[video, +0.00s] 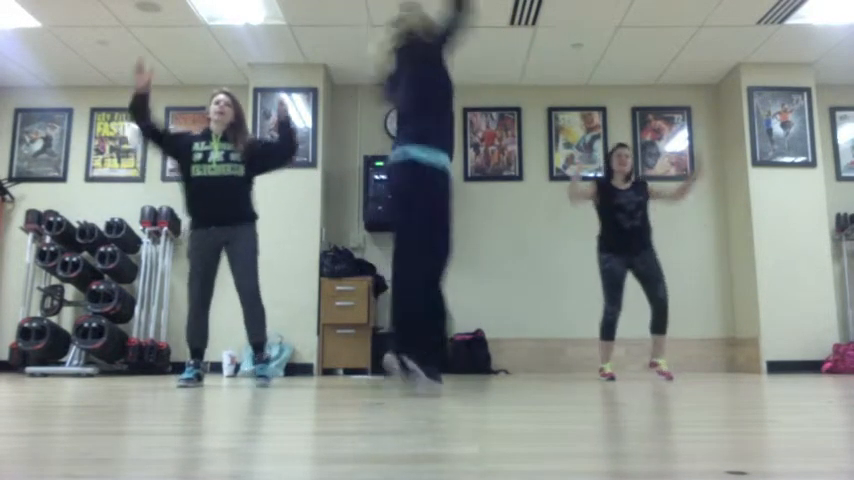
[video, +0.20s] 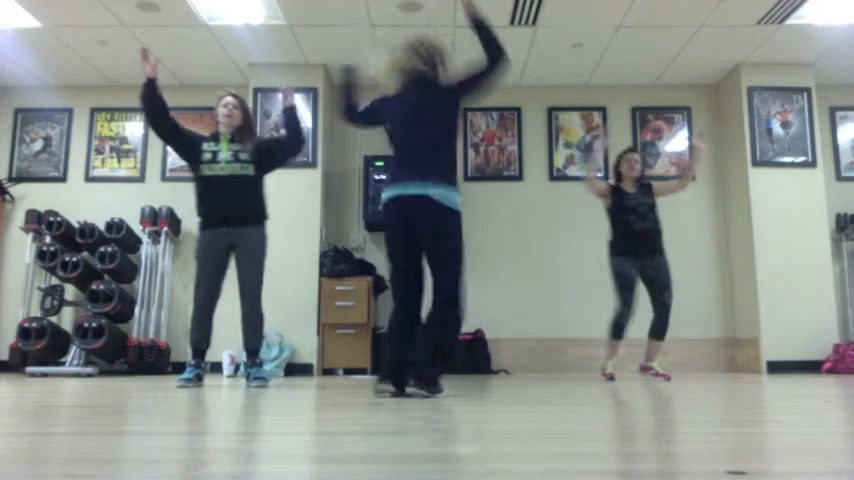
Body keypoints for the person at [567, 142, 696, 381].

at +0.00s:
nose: (624, 160)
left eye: (627, 156)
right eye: (619, 156)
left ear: (632, 161)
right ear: (610, 161)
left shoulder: (642, 187)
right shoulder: (600, 187)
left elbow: (675, 194)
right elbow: (575, 195)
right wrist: (575, 178)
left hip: (642, 252)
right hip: (612, 253)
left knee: (660, 302)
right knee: (612, 307)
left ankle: (657, 359)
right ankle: (605, 364)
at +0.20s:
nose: (634, 165)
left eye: (637, 162)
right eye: (629, 161)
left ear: (641, 167)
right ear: (619, 166)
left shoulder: (649, 188)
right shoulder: (611, 191)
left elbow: (681, 183)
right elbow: (592, 184)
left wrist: (696, 155)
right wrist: (596, 155)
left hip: (652, 255)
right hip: (624, 256)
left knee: (663, 306)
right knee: (625, 306)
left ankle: (650, 362)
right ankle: (609, 362)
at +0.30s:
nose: (643, 164)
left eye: (646, 160)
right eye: (639, 160)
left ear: (649, 164)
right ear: (629, 164)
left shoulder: (653, 184)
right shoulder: (621, 188)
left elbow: (677, 180)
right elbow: (616, 173)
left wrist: (672, 164)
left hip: (658, 250)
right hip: (633, 250)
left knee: (663, 302)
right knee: (654, 298)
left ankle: (650, 361)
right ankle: (630, 354)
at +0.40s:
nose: (642, 161)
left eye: (645, 156)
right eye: (637, 156)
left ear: (651, 160)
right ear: (628, 159)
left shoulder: (651, 178)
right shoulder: (626, 182)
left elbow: (662, 161)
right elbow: (632, 162)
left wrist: (656, 144)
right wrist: (629, 144)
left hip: (654, 242)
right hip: (635, 243)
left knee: (661, 293)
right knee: (658, 291)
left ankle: (650, 353)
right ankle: (647, 353)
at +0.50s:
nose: (662, 152)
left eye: (661, 148)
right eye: (656, 148)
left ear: (637, 152)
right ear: (648, 150)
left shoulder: (649, 172)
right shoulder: (641, 171)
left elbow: (664, 156)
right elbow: (658, 147)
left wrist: (646, 129)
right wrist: (657, 134)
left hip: (641, 240)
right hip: (648, 240)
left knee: (659, 297)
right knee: (664, 297)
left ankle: (649, 356)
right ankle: (660, 360)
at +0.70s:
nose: (658, 149)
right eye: (657, 149)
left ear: (632, 159)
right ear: (659, 157)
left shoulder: (625, 180)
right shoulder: (668, 175)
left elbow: (606, 159)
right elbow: (681, 156)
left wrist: (623, 137)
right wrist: (667, 142)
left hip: (635, 240)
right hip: (665, 239)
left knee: (646, 300)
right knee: (668, 301)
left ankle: (648, 361)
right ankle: (662, 363)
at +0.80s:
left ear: (634, 148)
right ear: (662, 148)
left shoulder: (629, 166)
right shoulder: (669, 168)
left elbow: (609, 156)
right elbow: (677, 159)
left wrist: (603, 141)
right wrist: (669, 141)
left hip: (635, 235)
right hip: (666, 233)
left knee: (644, 296)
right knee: (665, 294)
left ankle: (652, 358)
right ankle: (668, 354)